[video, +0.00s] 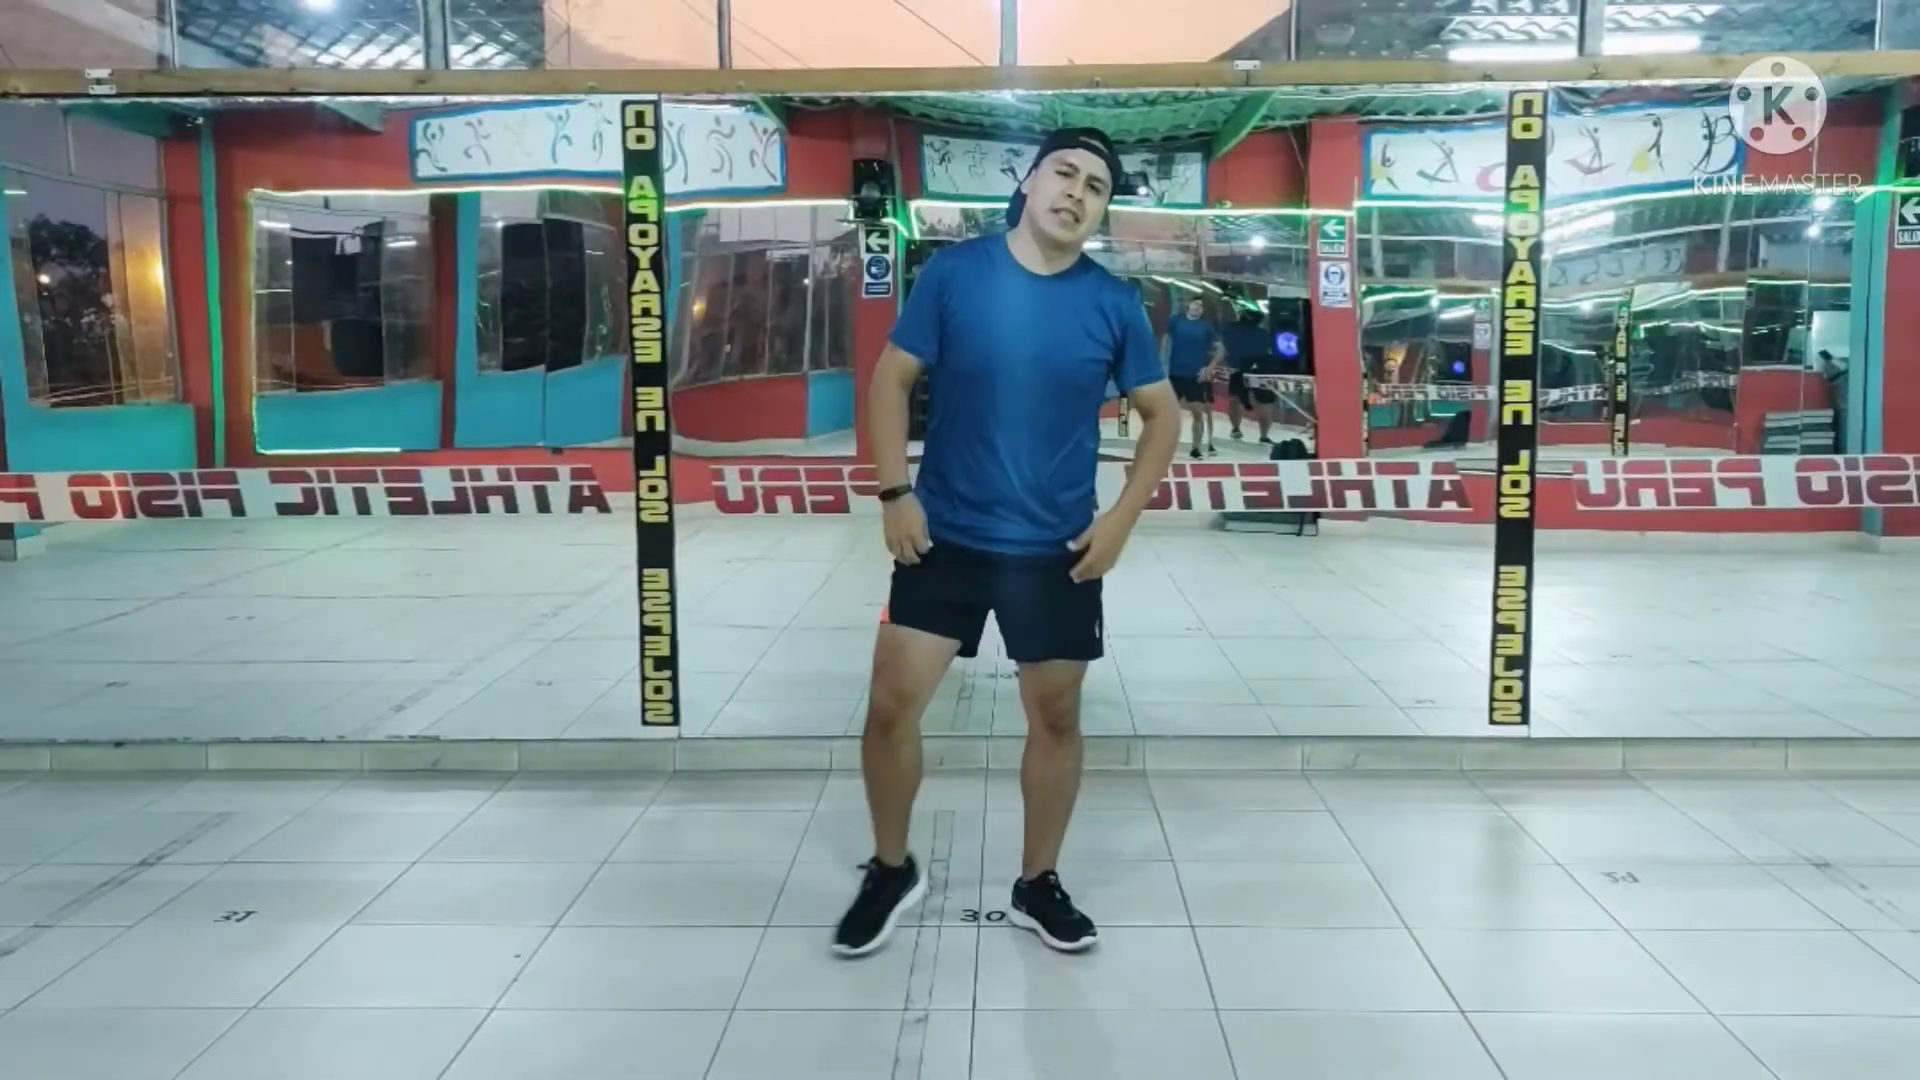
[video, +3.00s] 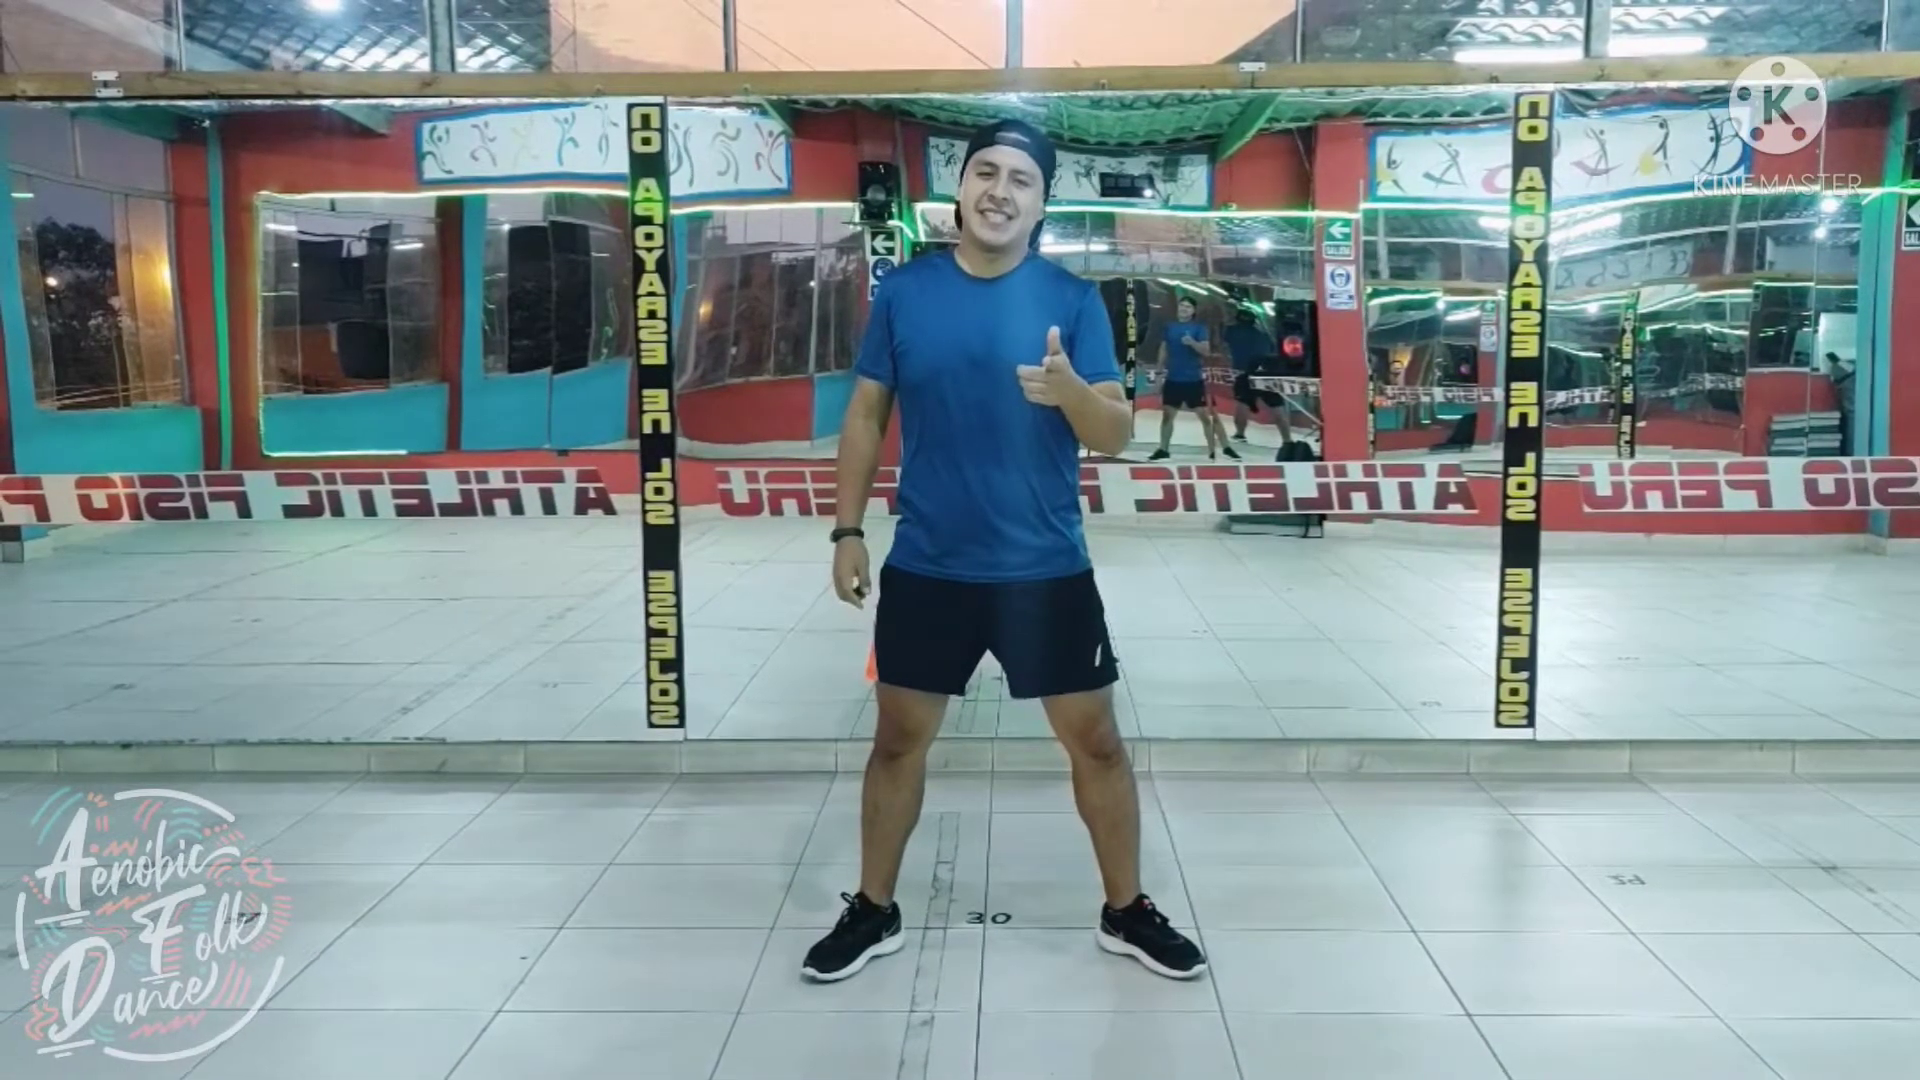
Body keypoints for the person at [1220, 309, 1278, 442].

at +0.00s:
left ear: (1241, 317)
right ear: (1259, 319)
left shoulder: (1231, 330)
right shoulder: (1263, 334)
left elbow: (1224, 350)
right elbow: (1270, 353)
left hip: (1237, 368)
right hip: (1260, 370)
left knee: (1234, 399)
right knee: (1264, 402)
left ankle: (1236, 429)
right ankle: (1264, 435)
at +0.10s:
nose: (1245, 320)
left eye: (1246, 317)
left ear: (1240, 318)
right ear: (1257, 319)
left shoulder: (1231, 331)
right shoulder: (1263, 334)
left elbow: (1224, 350)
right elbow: (1269, 353)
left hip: (1237, 369)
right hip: (1260, 371)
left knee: (1235, 400)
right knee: (1264, 403)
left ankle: (1233, 430)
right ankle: (1264, 435)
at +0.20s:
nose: (1242, 319)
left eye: (1242, 316)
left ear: (1238, 317)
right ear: (1254, 319)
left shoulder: (1230, 330)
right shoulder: (1260, 335)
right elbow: (1268, 355)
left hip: (1237, 369)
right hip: (1260, 371)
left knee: (1236, 400)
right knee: (1265, 403)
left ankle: (1235, 430)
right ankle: (1264, 435)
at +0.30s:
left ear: (1232, 316)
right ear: (1248, 318)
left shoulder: (1224, 330)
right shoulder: (1256, 332)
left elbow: (1214, 346)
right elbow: (1264, 353)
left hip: (1235, 368)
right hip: (1258, 369)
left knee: (1234, 399)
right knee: (1266, 401)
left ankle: (1234, 430)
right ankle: (1265, 435)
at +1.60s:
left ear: (1235, 319)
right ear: (1251, 321)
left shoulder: (1229, 332)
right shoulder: (1261, 334)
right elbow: (1271, 350)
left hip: (1241, 368)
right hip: (1264, 368)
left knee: (1239, 401)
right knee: (1275, 405)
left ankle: (1237, 433)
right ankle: (1285, 440)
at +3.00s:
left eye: (1240, 318)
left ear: (1238, 319)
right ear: (1253, 320)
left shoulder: (1232, 332)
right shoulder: (1262, 335)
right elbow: (1272, 354)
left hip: (1242, 372)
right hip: (1265, 372)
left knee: (1242, 403)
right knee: (1277, 407)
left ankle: (1240, 433)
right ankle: (1287, 440)